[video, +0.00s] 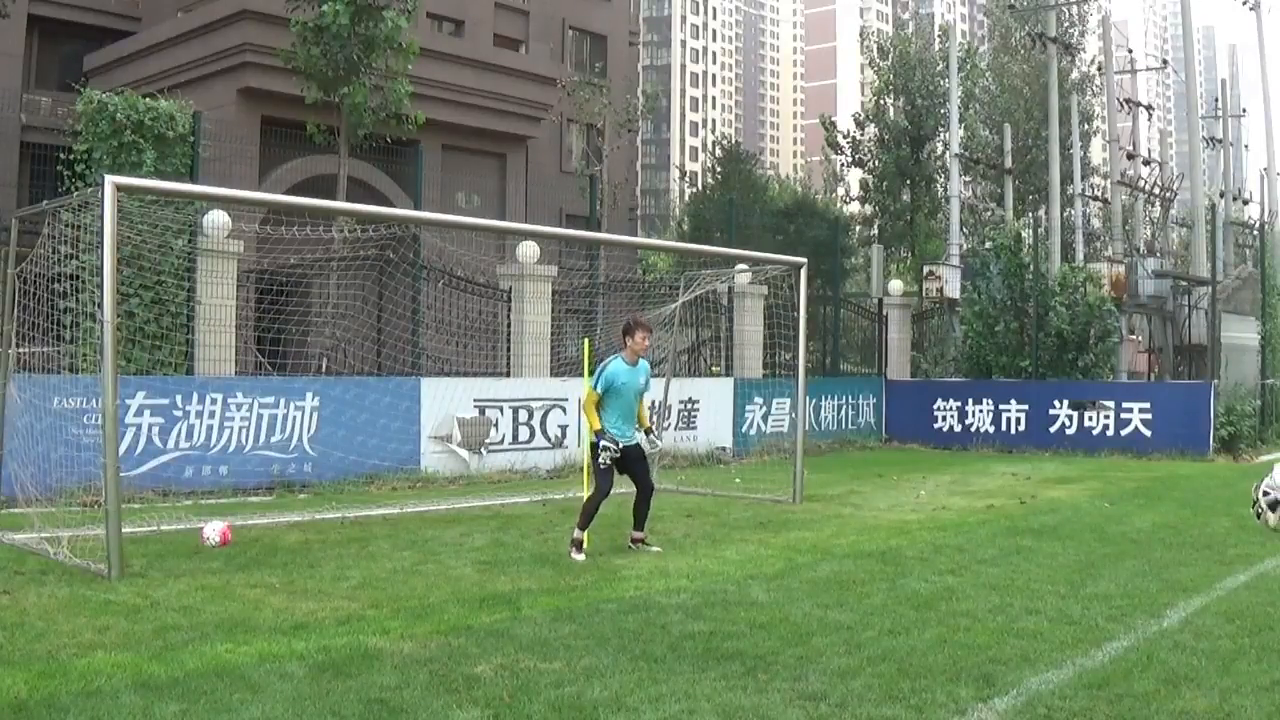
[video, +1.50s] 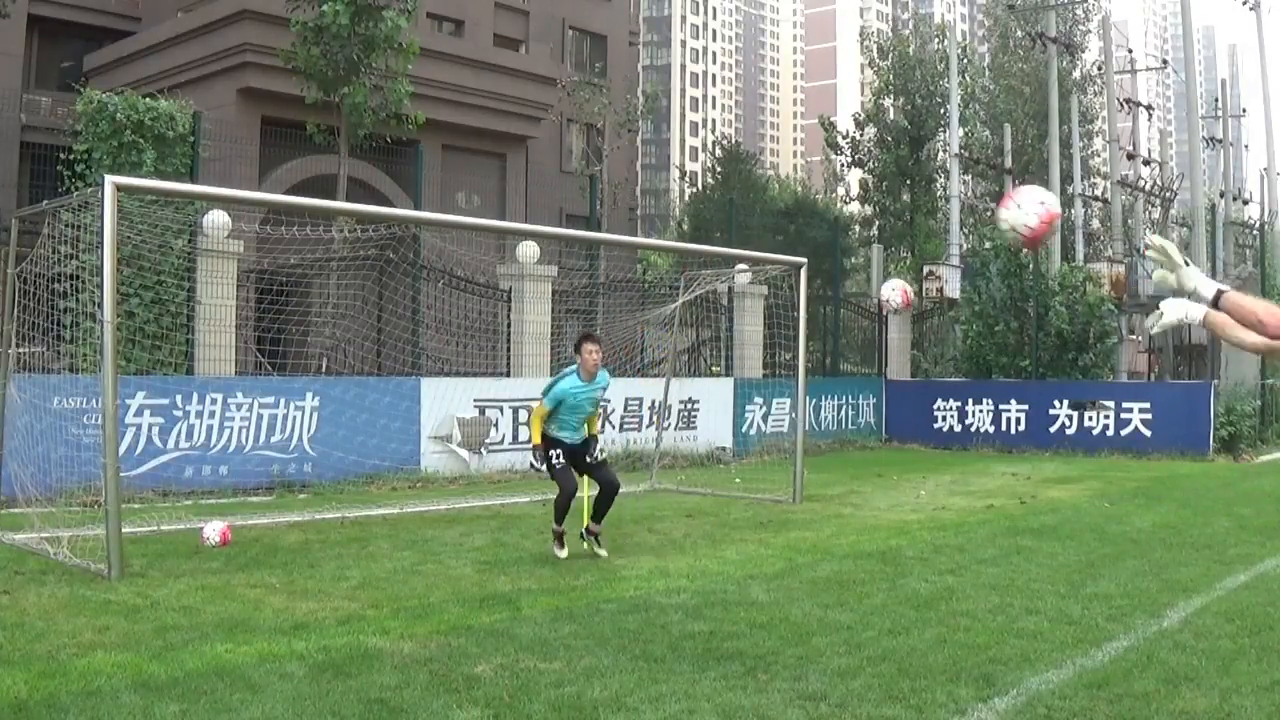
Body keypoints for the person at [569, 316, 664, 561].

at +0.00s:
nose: (647, 344)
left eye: (648, 339)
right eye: (643, 339)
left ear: (646, 341)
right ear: (628, 340)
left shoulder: (644, 368)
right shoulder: (609, 368)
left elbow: (639, 401)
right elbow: (588, 403)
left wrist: (647, 429)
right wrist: (599, 434)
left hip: (630, 442)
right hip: (605, 440)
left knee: (646, 487)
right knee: (602, 489)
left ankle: (637, 538)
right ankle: (578, 537)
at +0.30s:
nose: (648, 339)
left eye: (649, 334)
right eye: (643, 334)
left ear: (648, 337)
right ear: (628, 335)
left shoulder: (644, 363)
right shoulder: (609, 362)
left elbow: (634, 396)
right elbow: (588, 397)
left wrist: (641, 425)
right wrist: (597, 430)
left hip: (628, 436)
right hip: (603, 434)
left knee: (644, 483)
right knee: (597, 488)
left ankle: (638, 536)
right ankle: (574, 539)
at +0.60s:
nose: (652, 358)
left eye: (653, 353)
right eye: (648, 353)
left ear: (652, 355)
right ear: (633, 354)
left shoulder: (647, 379)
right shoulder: (615, 379)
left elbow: (636, 411)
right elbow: (588, 411)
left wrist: (640, 436)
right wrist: (606, 442)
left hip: (626, 445)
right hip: (600, 445)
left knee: (650, 488)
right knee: (602, 494)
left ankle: (638, 537)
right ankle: (574, 542)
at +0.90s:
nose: (649, 338)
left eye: (650, 334)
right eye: (644, 334)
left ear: (650, 339)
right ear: (629, 337)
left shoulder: (651, 359)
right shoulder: (619, 358)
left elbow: (679, 363)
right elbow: (617, 375)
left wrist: (685, 350)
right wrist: (646, 358)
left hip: (627, 436)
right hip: (604, 436)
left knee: (647, 482)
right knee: (595, 489)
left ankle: (638, 536)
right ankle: (572, 539)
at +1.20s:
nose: (629, 350)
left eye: (632, 346)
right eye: (624, 346)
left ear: (635, 349)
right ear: (613, 350)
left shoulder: (639, 366)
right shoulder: (606, 370)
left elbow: (667, 350)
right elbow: (604, 344)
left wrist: (681, 326)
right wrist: (628, 320)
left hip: (630, 443)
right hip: (605, 444)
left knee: (652, 498)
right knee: (603, 495)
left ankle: (647, 536)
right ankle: (575, 536)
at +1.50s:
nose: (596, 357)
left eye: (598, 352)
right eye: (590, 353)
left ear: (602, 355)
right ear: (579, 358)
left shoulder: (603, 380)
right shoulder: (563, 386)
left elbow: (593, 411)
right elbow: (537, 415)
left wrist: (594, 436)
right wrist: (537, 447)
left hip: (580, 442)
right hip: (554, 443)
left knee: (611, 484)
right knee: (569, 487)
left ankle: (591, 532)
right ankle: (558, 532)